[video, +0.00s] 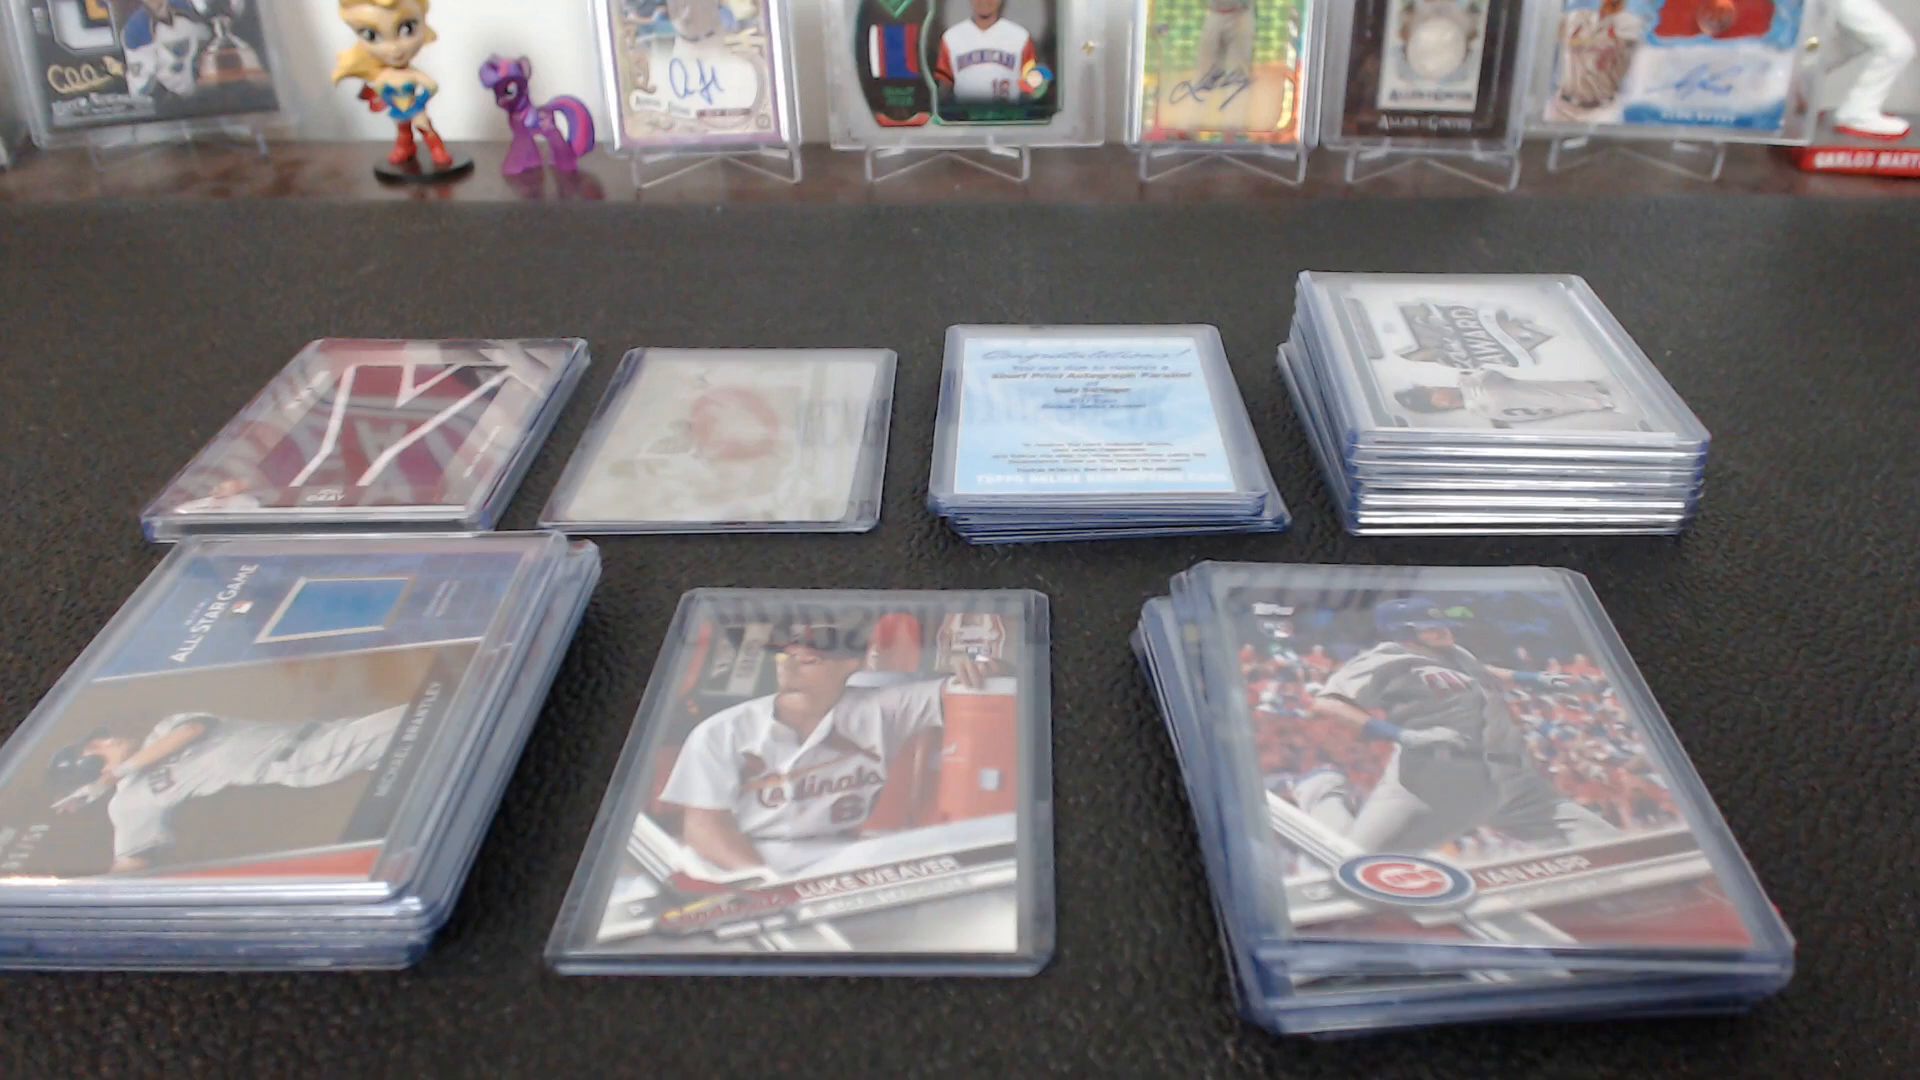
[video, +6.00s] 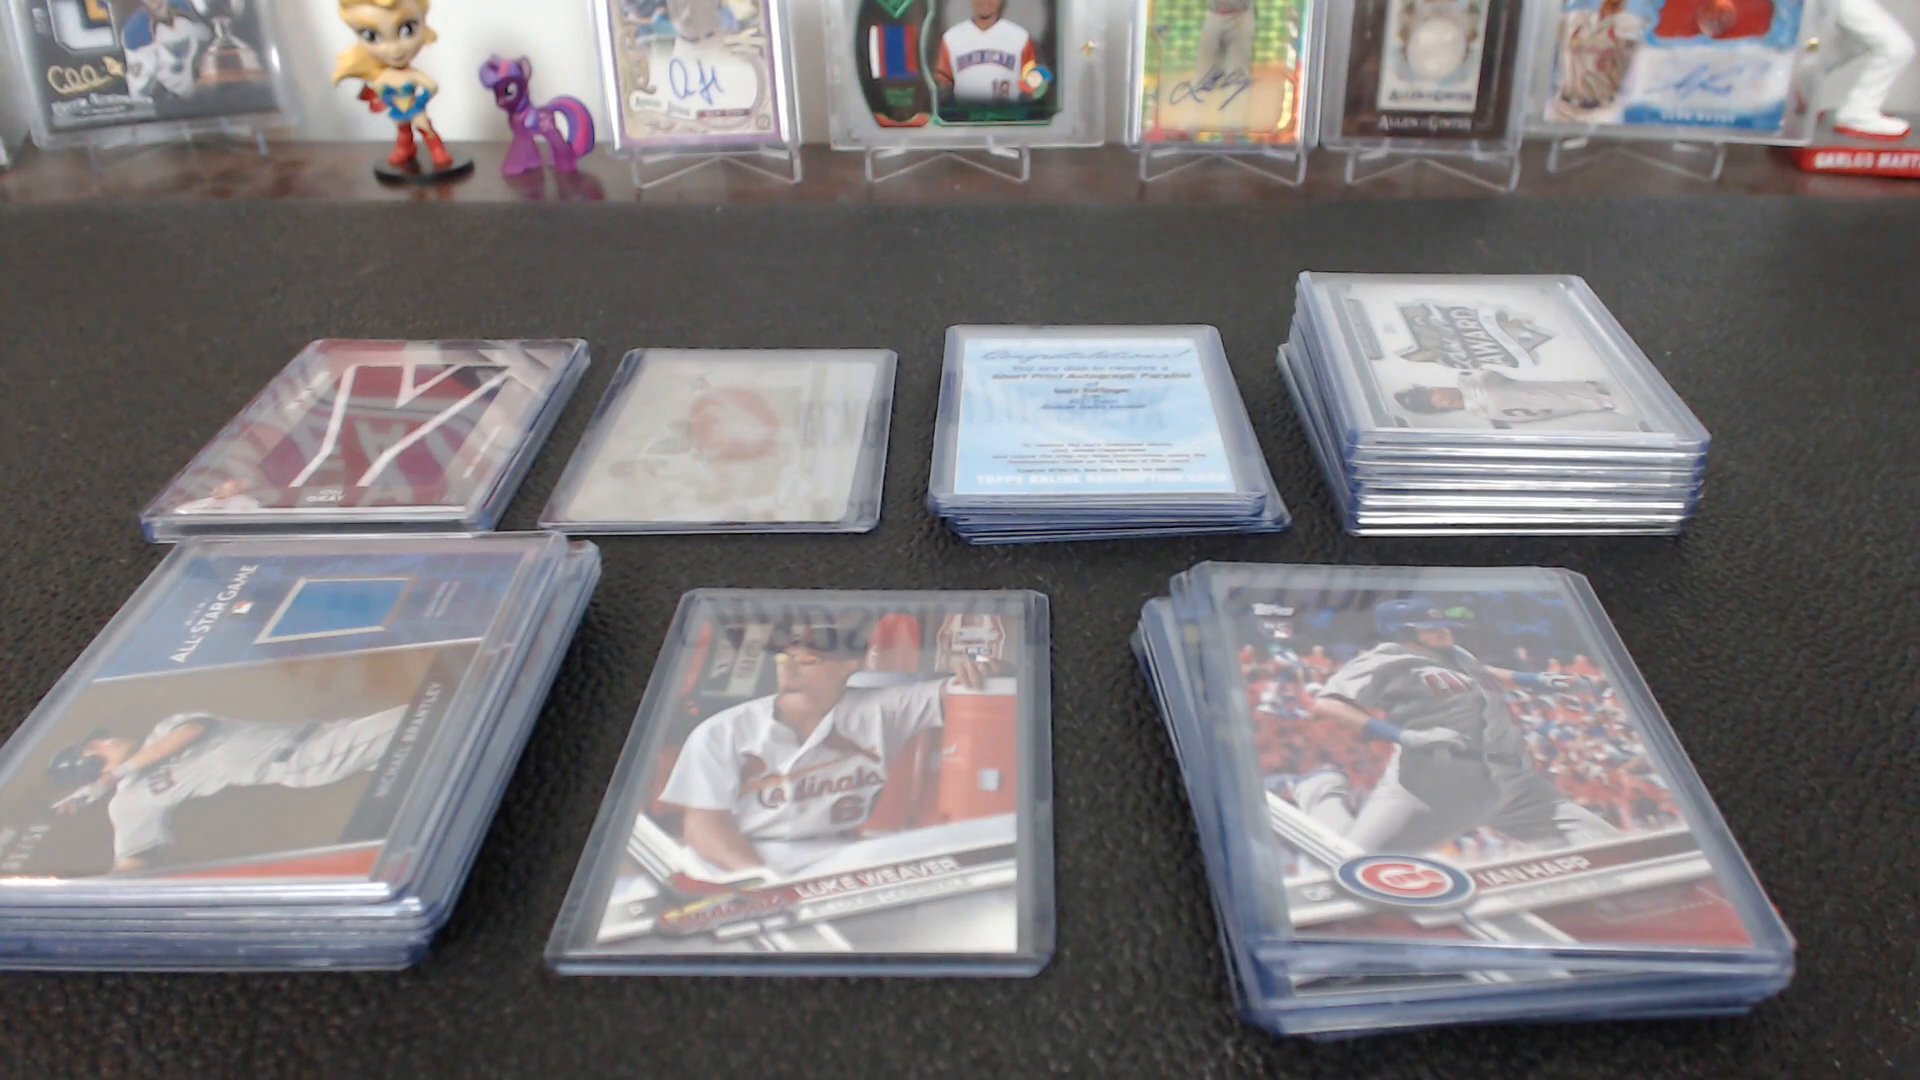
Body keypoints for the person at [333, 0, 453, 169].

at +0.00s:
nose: (393, 49)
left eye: (407, 29)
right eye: (371, 35)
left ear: (424, 25)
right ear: (357, 36)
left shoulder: (414, 74)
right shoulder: (376, 72)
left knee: (421, 121)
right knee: (400, 120)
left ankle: (436, 148)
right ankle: (405, 146)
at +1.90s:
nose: (393, 49)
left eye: (407, 29)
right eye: (371, 35)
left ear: (424, 26)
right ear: (357, 36)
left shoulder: (414, 74)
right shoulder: (378, 74)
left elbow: (426, 86)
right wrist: (375, 99)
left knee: (421, 121)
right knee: (401, 122)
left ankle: (437, 148)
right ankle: (405, 146)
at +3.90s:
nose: (394, 50)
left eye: (407, 30)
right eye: (371, 36)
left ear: (424, 27)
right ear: (358, 37)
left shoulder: (414, 74)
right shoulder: (378, 74)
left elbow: (426, 85)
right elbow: (370, 86)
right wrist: (375, 99)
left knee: (421, 121)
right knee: (401, 122)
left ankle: (436, 148)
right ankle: (405, 147)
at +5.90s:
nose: (394, 50)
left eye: (407, 30)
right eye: (372, 36)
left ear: (424, 29)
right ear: (359, 38)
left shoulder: (414, 75)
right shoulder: (379, 75)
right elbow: (370, 88)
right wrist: (375, 100)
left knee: (421, 121)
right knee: (401, 123)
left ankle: (437, 149)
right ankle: (405, 148)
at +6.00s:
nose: (394, 50)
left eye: (407, 30)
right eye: (372, 36)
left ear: (424, 29)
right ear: (359, 38)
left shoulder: (414, 75)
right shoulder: (379, 75)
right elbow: (370, 88)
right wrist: (375, 100)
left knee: (421, 121)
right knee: (401, 123)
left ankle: (437, 149)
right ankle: (405, 148)